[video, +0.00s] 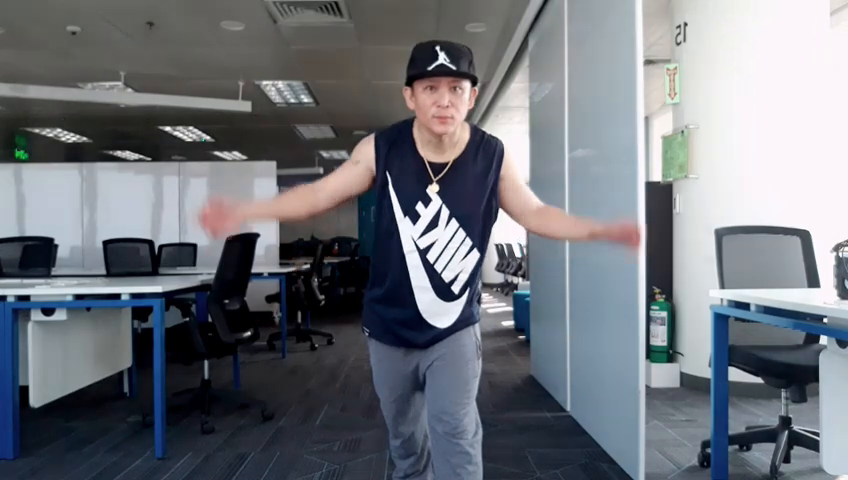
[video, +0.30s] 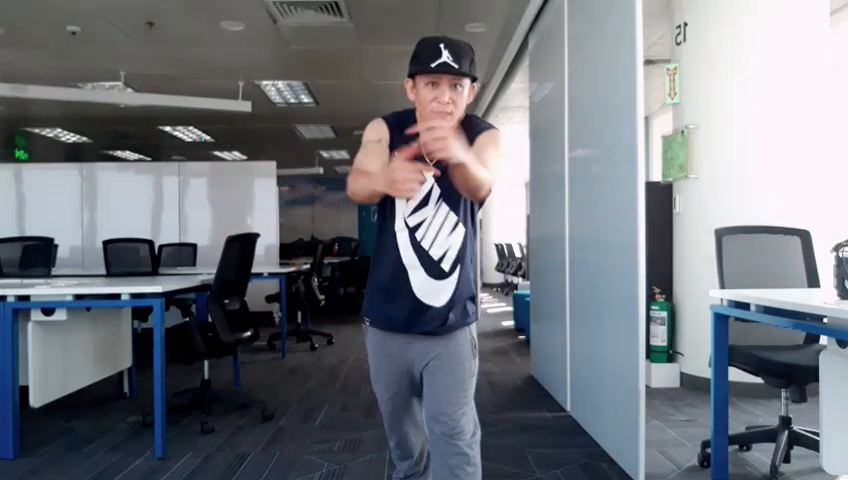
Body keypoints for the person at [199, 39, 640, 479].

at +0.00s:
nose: (444, 101)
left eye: (455, 90)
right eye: (432, 90)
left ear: (472, 97)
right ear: (409, 96)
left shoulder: (490, 155)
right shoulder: (379, 151)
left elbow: (534, 215)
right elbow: (314, 198)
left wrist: (598, 230)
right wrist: (246, 212)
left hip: (454, 328)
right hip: (390, 327)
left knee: (454, 434)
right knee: (401, 428)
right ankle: (406, 472)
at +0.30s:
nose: (444, 96)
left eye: (455, 86)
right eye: (432, 84)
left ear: (470, 93)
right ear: (411, 88)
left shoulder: (483, 136)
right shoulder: (383, 129)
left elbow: (480, 191)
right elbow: (355, 186)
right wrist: (383, 180)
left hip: (452, 322)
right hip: (387, 320)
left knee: (455, 440)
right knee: (401, 436)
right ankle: (409, 470)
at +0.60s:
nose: (430, 96)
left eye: (442, 85)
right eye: (419, 84)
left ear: (458, 93)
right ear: (399, 90)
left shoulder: (475, 145)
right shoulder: (373, 143)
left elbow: (505, 201)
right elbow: (331, 203)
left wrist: (533, 242)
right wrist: (281, 247)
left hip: (446, 323)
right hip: (384, 322)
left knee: (448, 431)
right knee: (398, 427)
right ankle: (407, 470)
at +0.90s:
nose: (433, 106)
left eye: (445, 95)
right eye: (421, 92)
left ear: (461, 102)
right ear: (399, 98)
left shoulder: (477, 153)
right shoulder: (372, 147)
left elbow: (505, 210)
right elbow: (356, 195)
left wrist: (530, 257)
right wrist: (336, 227)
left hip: (446, 325)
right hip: (383, 324)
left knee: (444, 430)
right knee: (395, 423)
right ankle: (405, 470)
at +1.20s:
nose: (450, 90)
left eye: (463, 78)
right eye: (438, 76)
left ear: (479, 88)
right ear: (414, 85)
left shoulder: (499, 151)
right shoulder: (382, 142)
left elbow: (553, 217)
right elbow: (330, 197)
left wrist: (612, 280)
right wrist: (267, 245)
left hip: (458, 329)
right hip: (392, 325)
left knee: (453, 450)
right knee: (400, 433)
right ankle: (406, 472)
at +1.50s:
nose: (469, 63)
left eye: (482, 52)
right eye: (455, 50)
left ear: (498, 65)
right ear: (430, 61)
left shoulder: (518, 132)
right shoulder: (397, 121)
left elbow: (574, 211)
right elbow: (338, 195)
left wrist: (557, 173)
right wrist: (361, 171)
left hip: (473, 332)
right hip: (403, 327)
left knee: (462, 460)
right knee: (406, 456)